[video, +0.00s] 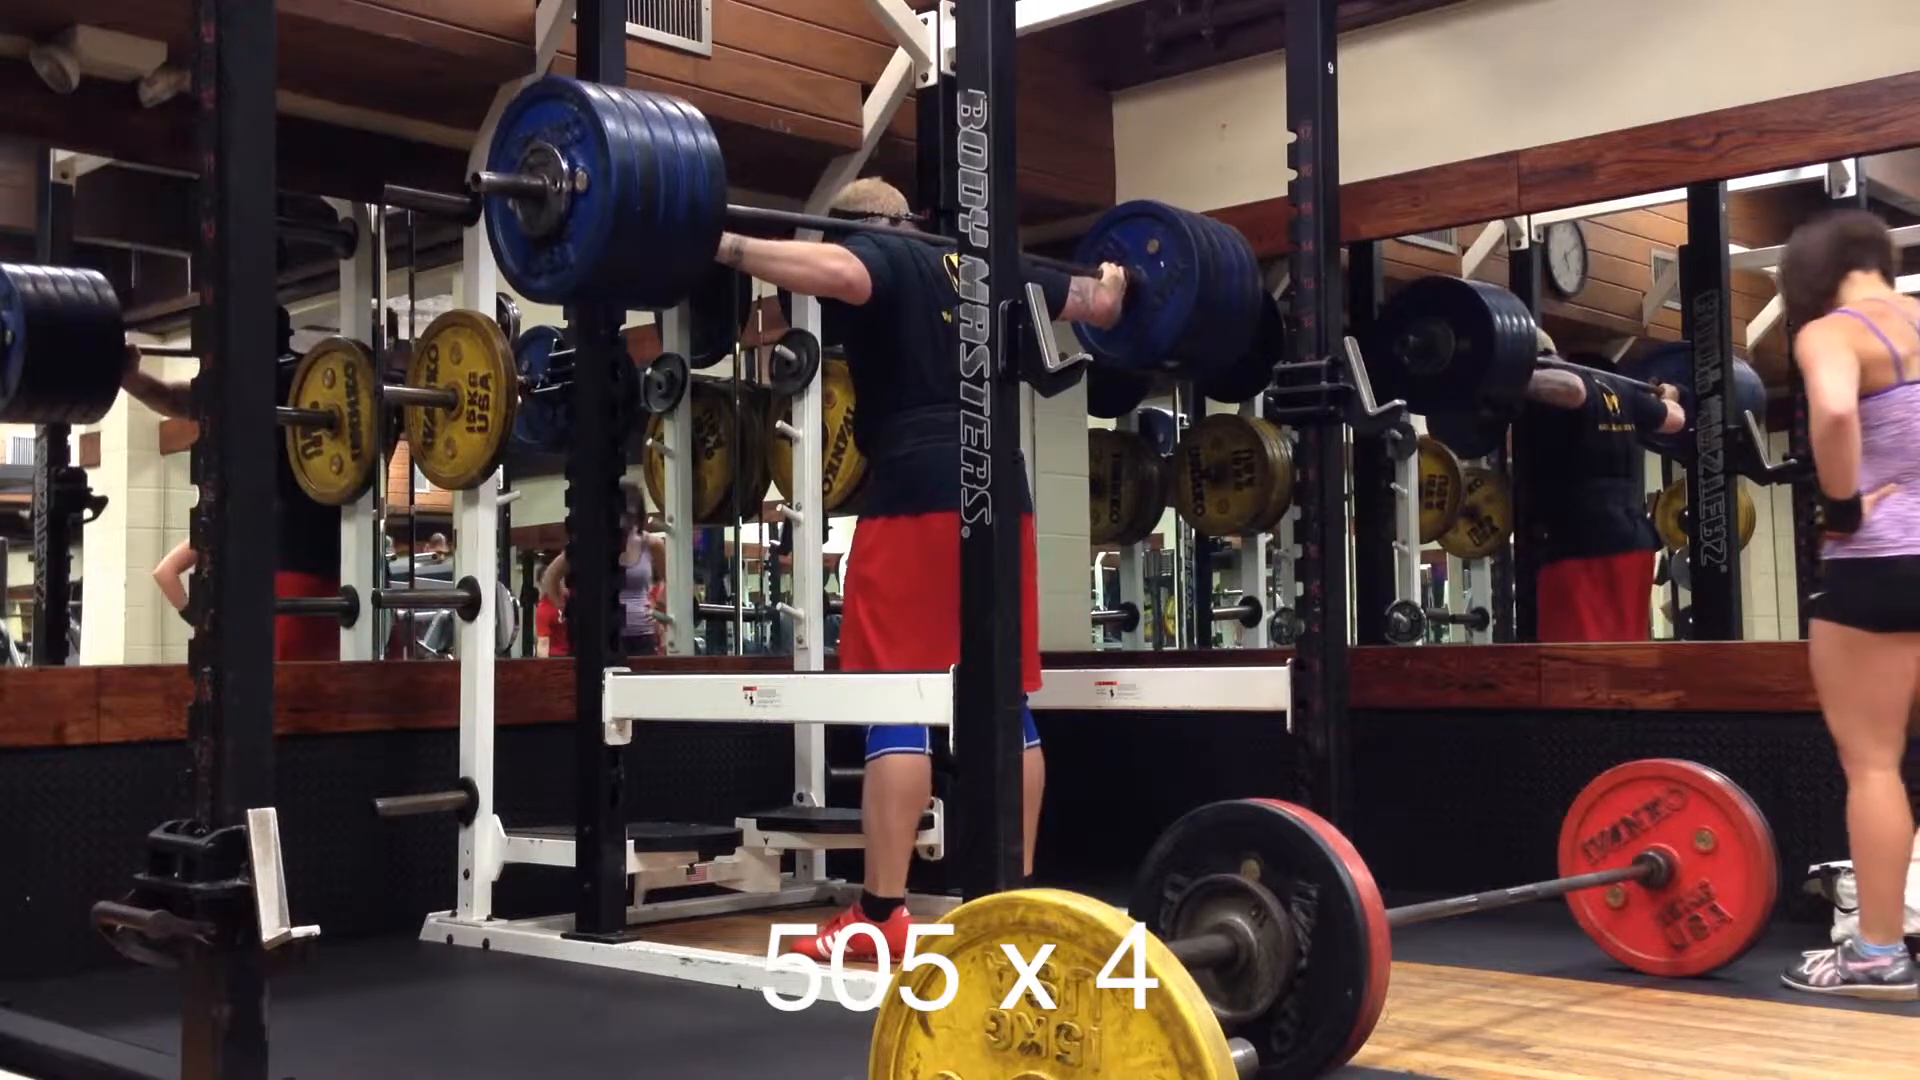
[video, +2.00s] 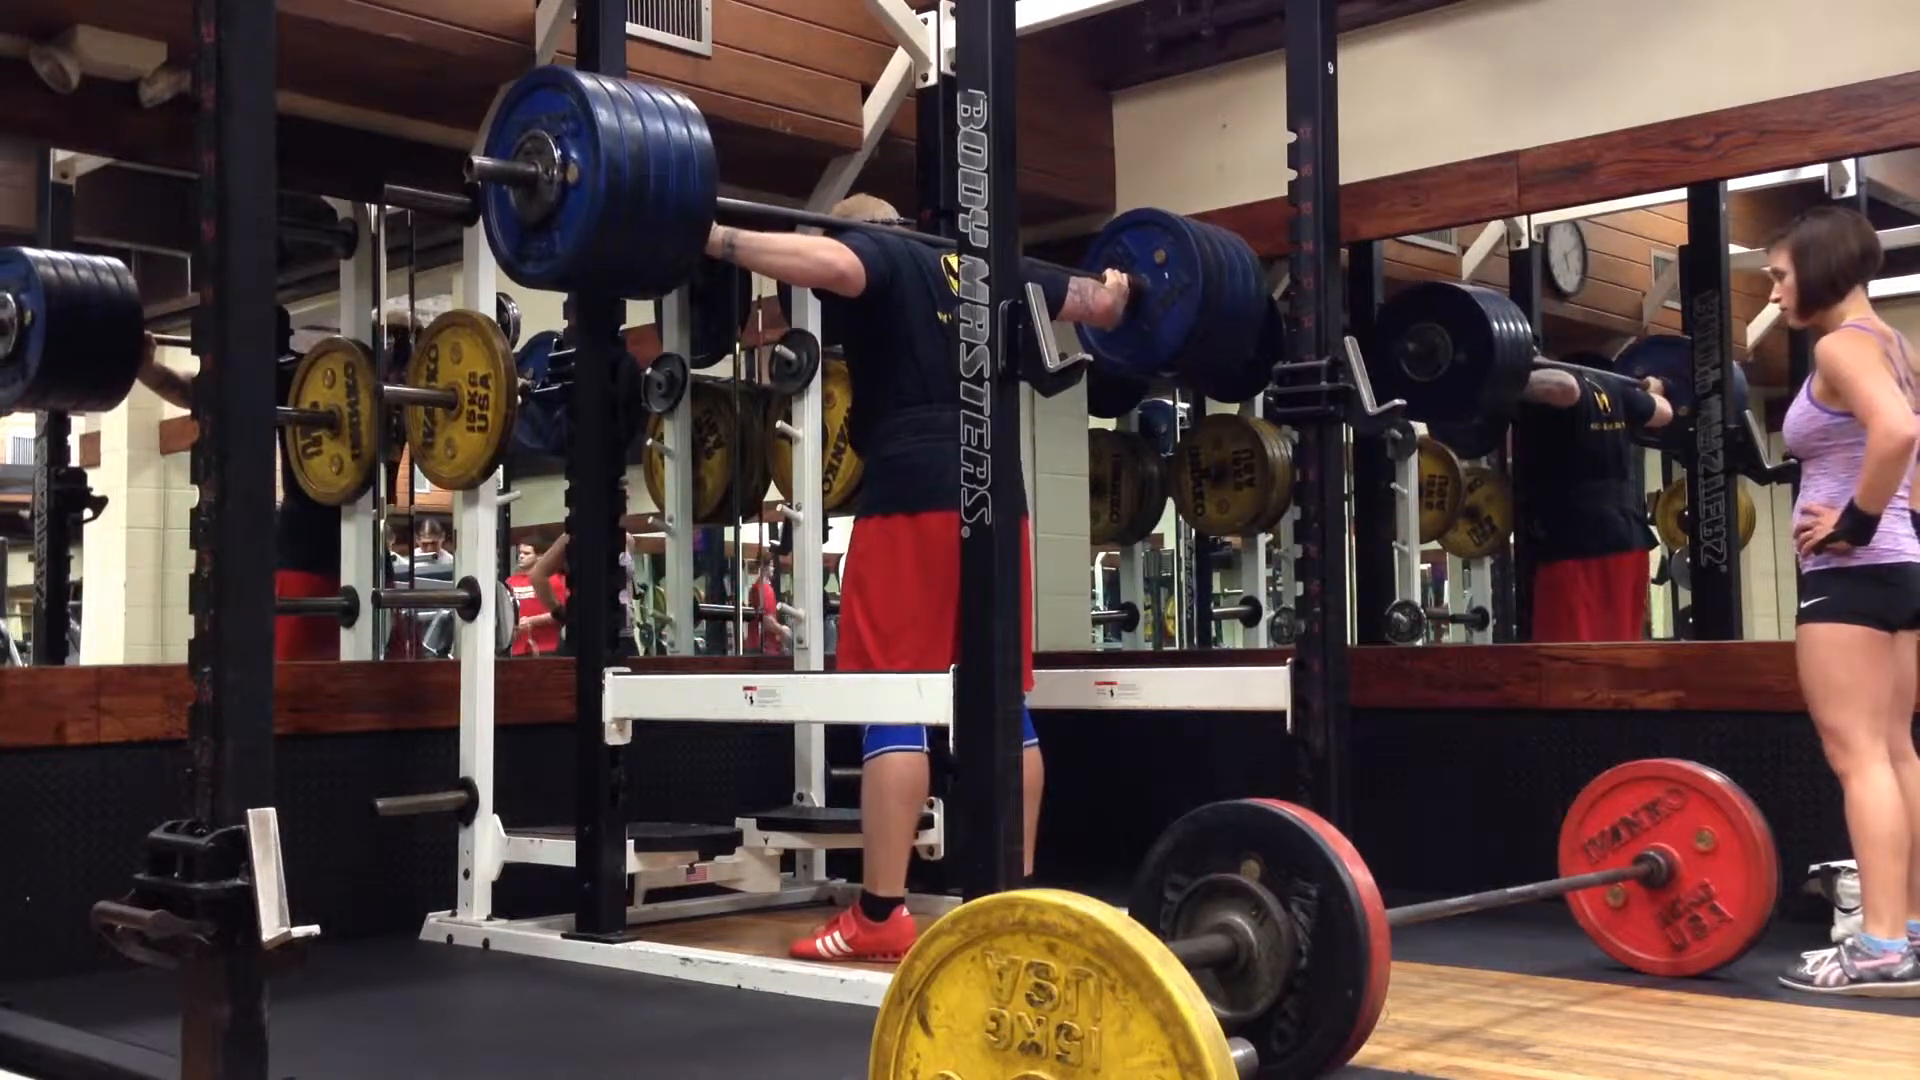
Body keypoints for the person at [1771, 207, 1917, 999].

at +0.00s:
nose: (1792, 289)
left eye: (1794, 275)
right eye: (1790, 276)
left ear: (1813, 271)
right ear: (1880, 264)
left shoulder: (1828, 333)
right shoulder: (1911, 313)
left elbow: (1836, 413)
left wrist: (1843, 509)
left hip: (1878, 561)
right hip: (1903, 557)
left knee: (1872, 761)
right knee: (1879, 756)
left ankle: (1879, 947)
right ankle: (1886, 934)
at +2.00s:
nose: (1774, 289)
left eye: (1781, 274)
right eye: (1773, 274)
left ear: (1820, 270)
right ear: (1849, 270)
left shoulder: (1842, 344)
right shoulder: (1882, 339)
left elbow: (1894, 430)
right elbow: (1890, 440)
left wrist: (1852, 522)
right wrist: (1838, 508)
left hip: (1850, 577)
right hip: (1892, 572)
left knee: (1859, 756)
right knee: (1896, 749)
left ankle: (1883, 942)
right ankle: (1897, 930)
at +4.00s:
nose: (1759, 283)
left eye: (1764, 267)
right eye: (1758, 268)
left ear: (1800, 264)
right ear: (1838, 263)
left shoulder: (1825, 343)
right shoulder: (1875, 339)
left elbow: (1878, 431)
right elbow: (1907, 444)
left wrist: (1837, 521)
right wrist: (1891, 521)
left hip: (1836, 572)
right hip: (1884, 567)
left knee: (1853, 757)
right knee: (1886, 750)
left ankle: (1882, 943)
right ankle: (1904, 927)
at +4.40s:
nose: (1757, 283)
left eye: (1763, 268)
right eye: (1756, 268)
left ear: (1799, 266)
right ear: (1837, 263)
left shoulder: (1822, 343)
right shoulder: (1874, 340)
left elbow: (1876, 431)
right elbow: (1907, 439)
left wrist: (1835, 520)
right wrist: (1893, 521)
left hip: (1833, 571)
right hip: (1883, 567)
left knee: (1852, 757)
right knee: (1885, 748)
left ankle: (1881, 943)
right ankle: (1903, 926)